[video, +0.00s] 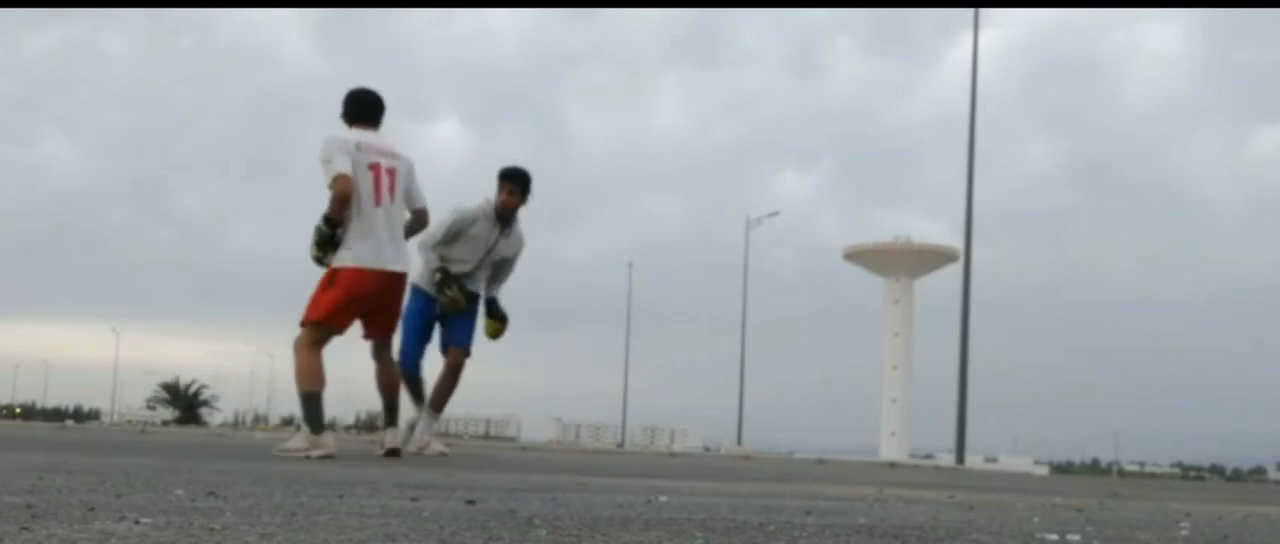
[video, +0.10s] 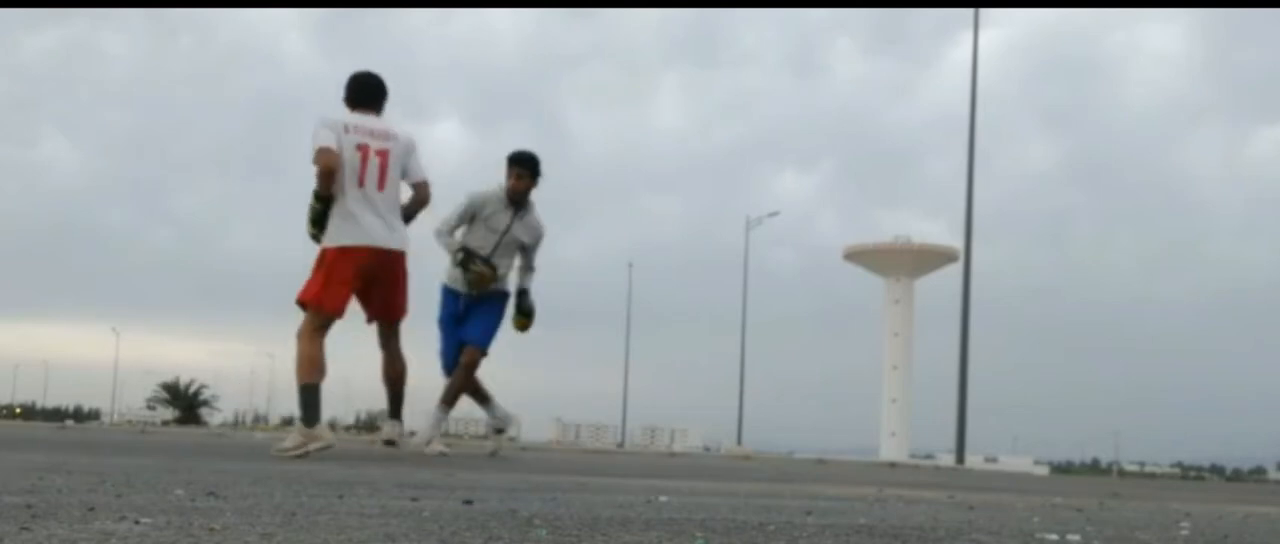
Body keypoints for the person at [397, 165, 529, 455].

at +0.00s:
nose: (506, 200)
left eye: (514, 195)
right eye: (504, 192)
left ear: (523, 201)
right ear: (497, 191)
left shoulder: (514, 241)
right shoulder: (468, 216)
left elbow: (495, 280)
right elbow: (425, 242)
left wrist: (492, 305)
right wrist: (441, 277)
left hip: (465, 295)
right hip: (428, 285)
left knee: (456, 359)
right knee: (407, 361)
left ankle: (425, 432)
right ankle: (421, 411)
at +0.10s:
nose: (517, 184)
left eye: (525, 179)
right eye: (514, 176)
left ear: (534, 184)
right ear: (506, 175)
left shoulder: (532, 229)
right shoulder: (480, 202)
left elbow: (526, 267)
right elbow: (442, 231)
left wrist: (523, 297)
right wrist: (462, 257)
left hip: (491, 296)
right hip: (456, 289)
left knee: (470, 360)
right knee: (453, 367)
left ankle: (432, 430)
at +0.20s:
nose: (523, 181)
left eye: (530, 176)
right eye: (520, 174)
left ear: (542, 181)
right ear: (513, 175)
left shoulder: (547, 223)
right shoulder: (490, 206)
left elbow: (558, 263)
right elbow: (460, 239)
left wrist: (556, 289)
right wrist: (481, 255)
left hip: (521, 292)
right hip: (486, 293)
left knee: (504, 354)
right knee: (495, 376)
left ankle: (467, 422)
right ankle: (538, 429)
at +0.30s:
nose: (530, 180)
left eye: (537, 174)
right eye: (526, 173)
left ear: (550, 178)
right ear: (520, 176)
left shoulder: (562, 221)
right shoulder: (504, 213)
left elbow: (588, 262)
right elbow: (489, 253)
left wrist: (583, 288)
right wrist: (501, 262)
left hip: (544, 293)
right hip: (511, 296)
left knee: (531, 348)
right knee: (510, 384)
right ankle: (542, 431)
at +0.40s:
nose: (542, 174)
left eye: (549, 168)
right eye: (538, 167)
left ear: (563, 171)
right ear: (534, 170)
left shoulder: (579, 212)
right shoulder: (524, 209)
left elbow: (614, 254)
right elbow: (517, 249)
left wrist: (600, 282)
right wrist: (524, 261)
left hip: (563, 294)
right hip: (530, 297)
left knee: (562, 354)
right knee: (520, 378)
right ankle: (546, 437)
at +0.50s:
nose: (563, 173)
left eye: (570, 167)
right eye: (559, 167)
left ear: (584, 170)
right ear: (555, 169)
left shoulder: (600, 208)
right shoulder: (546, 205)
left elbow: (633, 251)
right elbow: (536, 253)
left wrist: (612, 274)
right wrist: (542, 256)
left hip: (582, 304)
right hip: (547, 303)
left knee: (599, 367)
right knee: (531, 378)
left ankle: (630, 436)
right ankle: (548, 439)